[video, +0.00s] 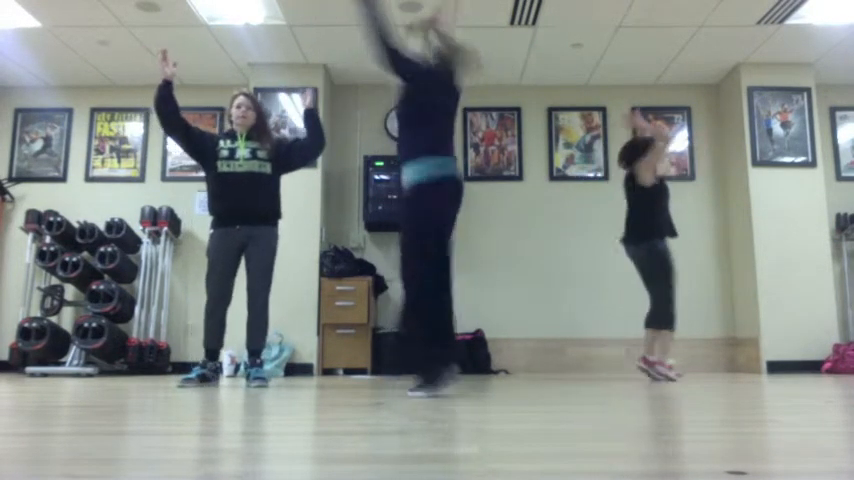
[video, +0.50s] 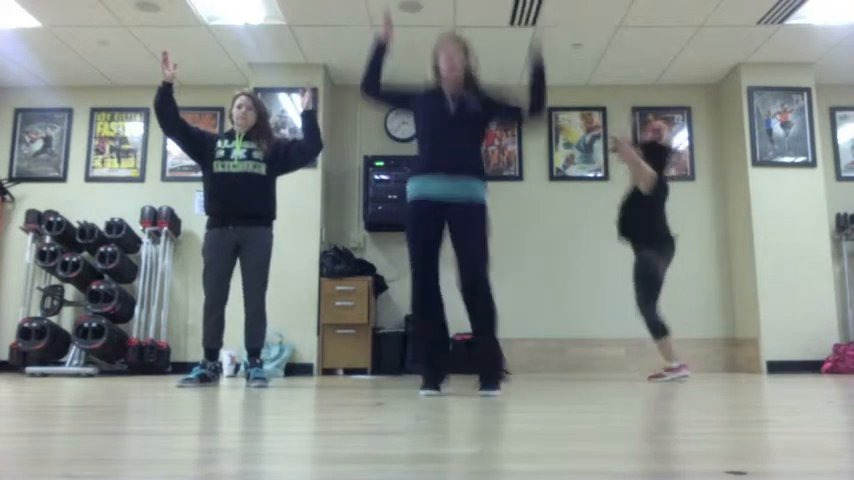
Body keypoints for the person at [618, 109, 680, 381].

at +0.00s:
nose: (662, 152)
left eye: (661, 148)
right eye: (656, 148)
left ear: (637, 152)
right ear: (648, 150)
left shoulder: (649, 172)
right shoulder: (641, 171)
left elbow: (664, 156)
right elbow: (658, 147)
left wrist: (646, 129)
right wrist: (657, 134)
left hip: (641, 240)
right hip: (648, 240)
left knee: (659, 297)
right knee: (664, 297)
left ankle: (649, 356)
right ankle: (660, 360)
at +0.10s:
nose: (664, 165)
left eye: (661, 158)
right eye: (660, 159)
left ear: (632, 160)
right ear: (652, 160)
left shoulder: (627, 182)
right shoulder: (654, 175)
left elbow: (638, 157)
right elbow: (679, 156)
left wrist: (643, 136)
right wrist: (665, 137)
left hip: (634, 247)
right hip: (658, 247)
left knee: (657, 303)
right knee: (670, 303)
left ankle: (650, 360)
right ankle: (661, 363)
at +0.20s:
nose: (658, 149)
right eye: (657, 149)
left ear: (632, 159)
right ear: (659, 157)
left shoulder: (625, 180)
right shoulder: (668, 175)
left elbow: (606, 159)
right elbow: (681, 156)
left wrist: (623, 137)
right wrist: (667, 142)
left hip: (635, 240)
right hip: (665, 239)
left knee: (646, 300)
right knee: (668, 301)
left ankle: (648, 361)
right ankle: (662, 363)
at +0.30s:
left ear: (634, 148)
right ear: (662, 148)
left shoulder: (629, 166)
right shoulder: (669, 168)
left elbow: (609, 156)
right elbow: (677, 159)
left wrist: (603, 141)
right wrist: (669, 141)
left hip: (635, 235)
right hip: (666, 233)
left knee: (644, 296)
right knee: (665, 294)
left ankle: (652, 358)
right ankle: (668, 354)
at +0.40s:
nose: (627, 154)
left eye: (631, 150)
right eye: (628, 149)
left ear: (642, 151)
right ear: (659, 152)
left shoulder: (643, 172)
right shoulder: (662, 174)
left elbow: (621, 148)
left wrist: (598, 131)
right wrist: (660, 134)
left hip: (647, 238)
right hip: (665, 236)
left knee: (647, 297)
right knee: (655, 295)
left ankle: (668, 359)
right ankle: (670, 356)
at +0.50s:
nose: (631, 159)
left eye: (636, 155)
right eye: (633, 154)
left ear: (647, 159)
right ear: (656, 161)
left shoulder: (652, 183)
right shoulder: (646, 182)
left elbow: (640, 166)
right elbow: (633, 160)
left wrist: (624, 148)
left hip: (654, 247)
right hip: (650, 245)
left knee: (647, 305)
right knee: (647, 304)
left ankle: (674, 364)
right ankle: (673, 363)